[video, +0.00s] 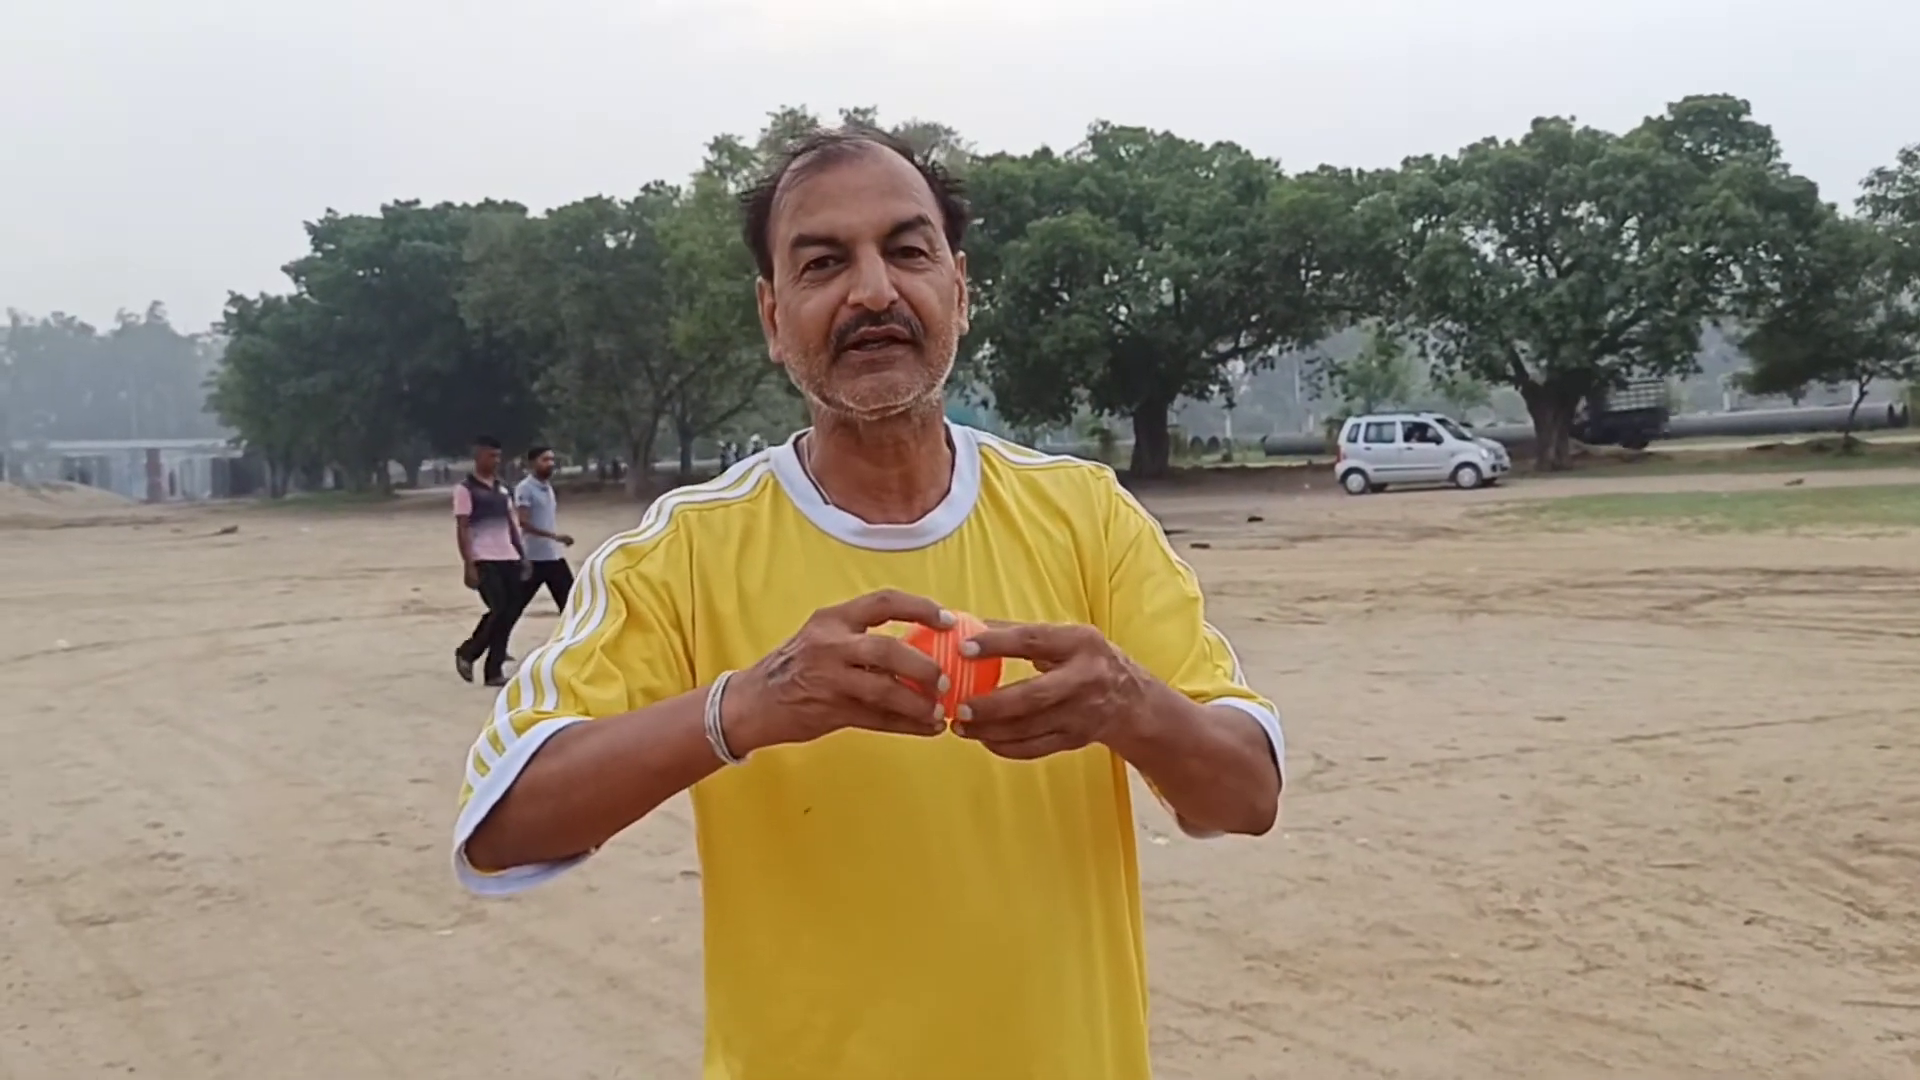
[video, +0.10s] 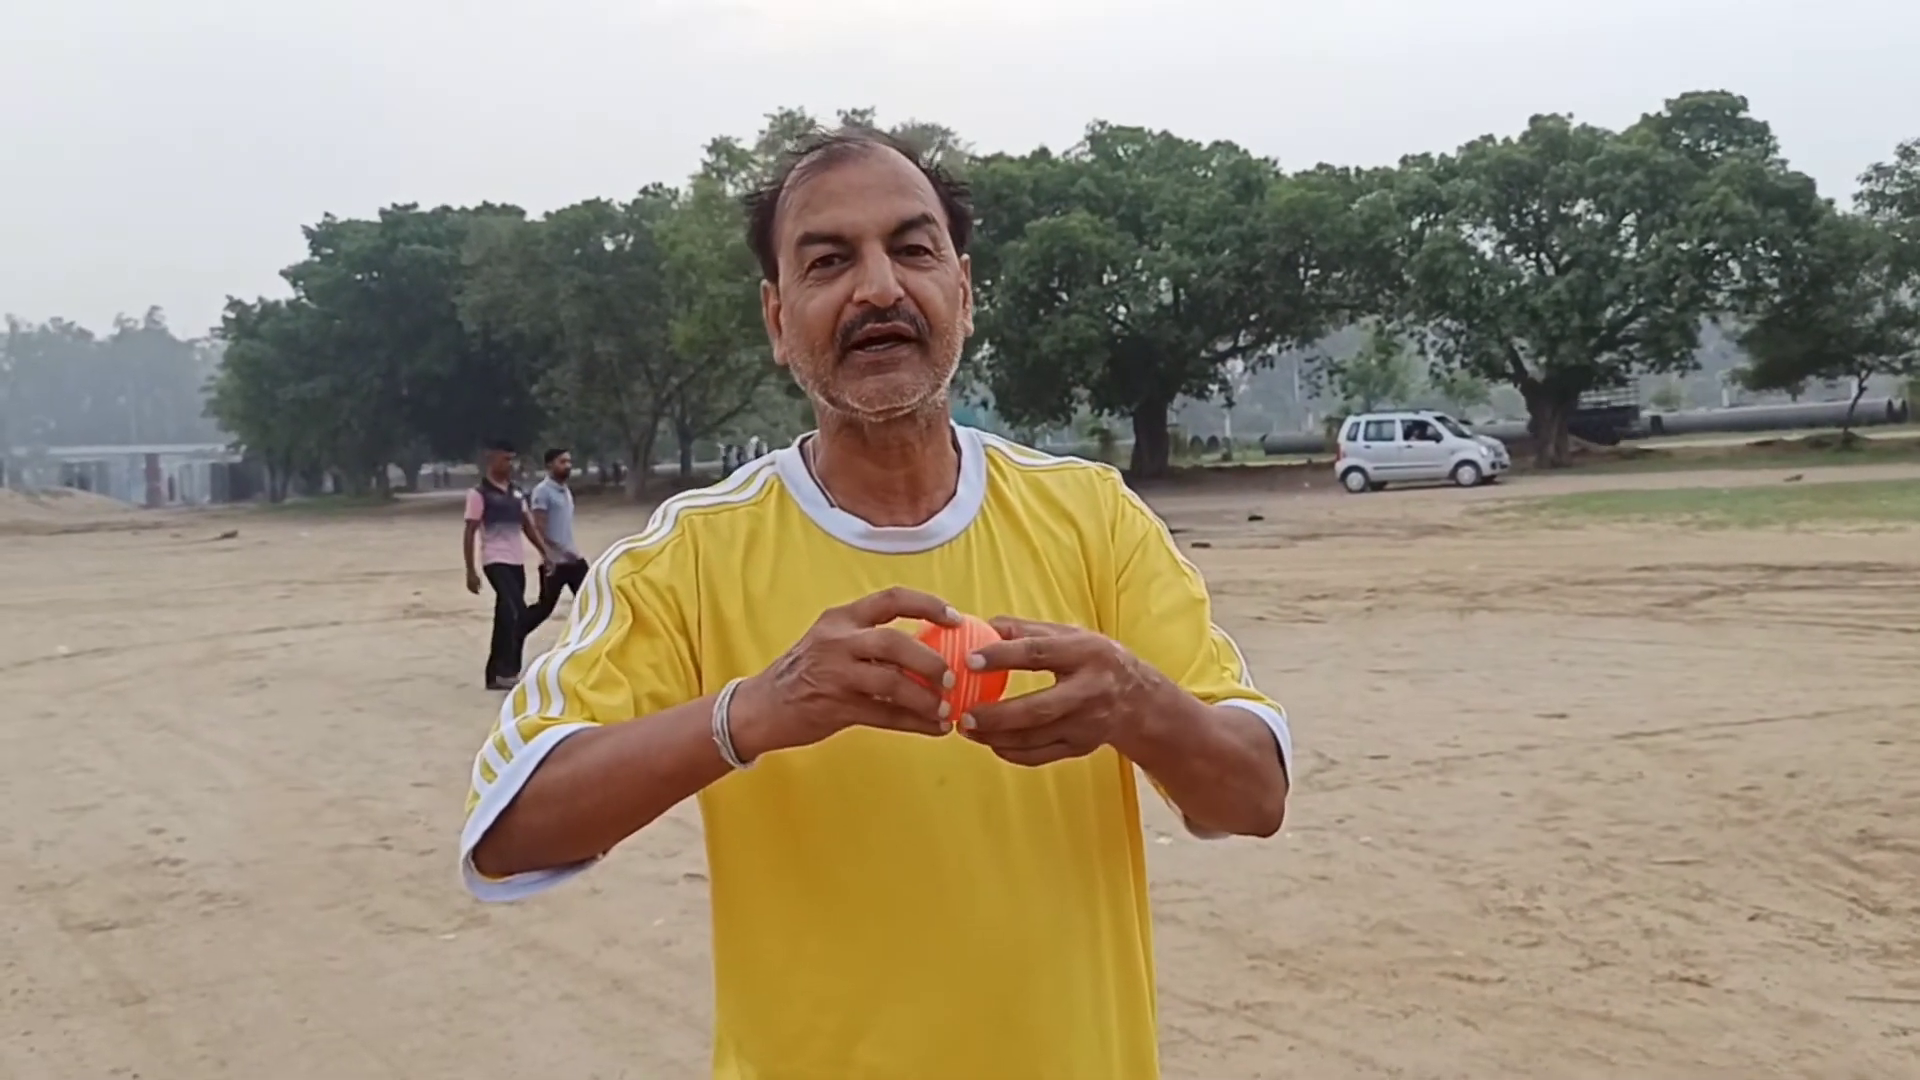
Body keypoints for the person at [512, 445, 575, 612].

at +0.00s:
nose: (551, 464)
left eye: (552, 459)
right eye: (546, 460)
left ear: (554, 462)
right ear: (533, 463)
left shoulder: (548, 488)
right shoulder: (524, 489)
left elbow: (544, 521)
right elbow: (523, 522)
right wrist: (556, 537)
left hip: (554, 558)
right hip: (534, 560)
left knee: (572, 608)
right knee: (512, 608)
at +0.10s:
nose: (568, 466)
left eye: (569, 461)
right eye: (563, 461)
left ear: (570, 464)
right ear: (551, 465)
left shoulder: (565, 491)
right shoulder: (542, 491)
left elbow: (564, 526)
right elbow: (539, 530)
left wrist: (574, 553)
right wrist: (559, 554)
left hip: (572, 560)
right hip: (553, 563)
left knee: (592, 604)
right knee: (544, 608)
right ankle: (515, 634)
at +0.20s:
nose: (583, 463)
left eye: (585, 459)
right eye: (578, 459)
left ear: (586, 463)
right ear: (566, 462)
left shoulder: (581, 488)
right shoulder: (556, 489)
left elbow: (585, 521)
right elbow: (553, 526)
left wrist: (597, 552)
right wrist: (564, 554)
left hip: (590, 557)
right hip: (570, 560)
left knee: (598, 605)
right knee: (576, 606)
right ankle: (541, 634)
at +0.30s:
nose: (598, 462)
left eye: (599, 458)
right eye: (593, 458)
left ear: (601, 461)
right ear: (580, 461)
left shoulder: (597, 486)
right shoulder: (569, 488)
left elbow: (605, 518)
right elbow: (558, 524)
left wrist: (622, 543)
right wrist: (567, 552)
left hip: (599, 555)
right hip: (581, 556)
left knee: (601, 602)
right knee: (595, 602)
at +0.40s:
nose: (610, 464)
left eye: (612, 460)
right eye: (605, 460)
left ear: (614, 463)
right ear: (593, 463)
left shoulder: (611, 489)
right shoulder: (581, 490)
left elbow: (622, 516)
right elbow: (568, 524)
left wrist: (645, 540)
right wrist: (567, 557)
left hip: (609, 556)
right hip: (592, 557)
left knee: (604, 605)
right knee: (600, 605)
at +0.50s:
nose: (619, 467)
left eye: (621, 463)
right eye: (614, 463)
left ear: (622, 466)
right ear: (601, 467)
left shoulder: (620, 492)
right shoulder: (590, 494)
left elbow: (633, 520)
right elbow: (577, 528)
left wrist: (656, 539)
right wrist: (587, 561)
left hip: (617, 559)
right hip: (601, 561)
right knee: (607, 608)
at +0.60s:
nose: (626, 468)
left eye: (628, 464)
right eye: (621, 464)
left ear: (630, 466)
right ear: (609, 467)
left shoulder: (629, 493)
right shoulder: (599, 496)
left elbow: (639, 521)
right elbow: (586, 530)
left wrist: (661, 541)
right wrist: (589, 564)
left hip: (631, 557)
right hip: (612, 561)